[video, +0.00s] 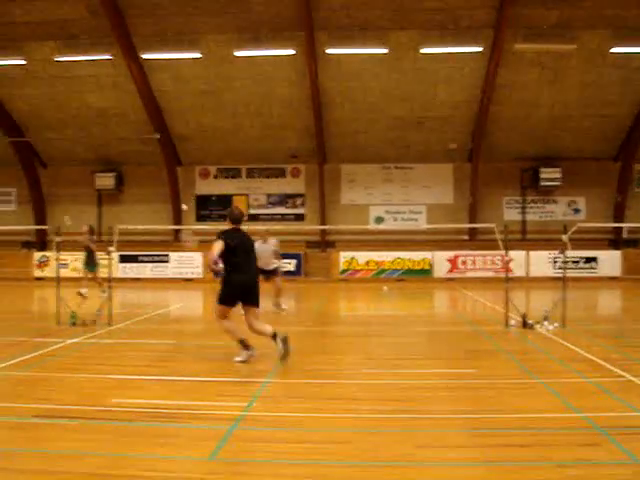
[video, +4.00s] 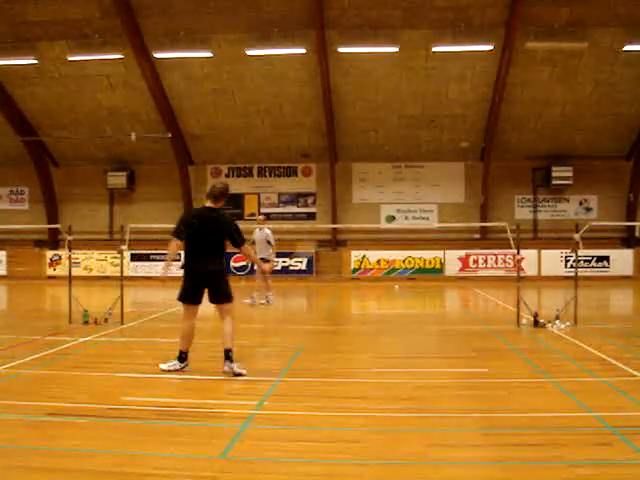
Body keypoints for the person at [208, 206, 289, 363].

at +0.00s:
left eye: (228, 217)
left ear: (228, 220)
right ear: (242, 220)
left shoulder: (225, 236)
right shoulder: (247, 237)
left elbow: (212, 256)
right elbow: (251, 261)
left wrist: (213, 268)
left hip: (233, 281)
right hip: (251, 281)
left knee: (222, 316)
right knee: (253, 322)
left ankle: (246, 347)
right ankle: (276, 336)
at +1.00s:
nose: (191, 232)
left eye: (191, 229)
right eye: (192, 229)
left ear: (193, 230)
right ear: (204, 226)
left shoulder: (195, 242)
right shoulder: (217, 237)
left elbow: (197, 261)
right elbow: (234, 252)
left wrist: (199, 280)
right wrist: (252, 262)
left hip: (213, 275)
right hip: (227, 273)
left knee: (209, 308)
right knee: (215, 303)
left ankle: (232, 326)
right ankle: (214, 332)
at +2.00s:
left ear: (215, 215)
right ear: (231, 215)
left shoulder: (205, 233)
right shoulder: (238, 233)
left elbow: (192, 253)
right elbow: (259, 252)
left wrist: (189, 278)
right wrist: (260, 269)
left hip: (211, 281)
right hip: (235, 280)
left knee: (203, 322)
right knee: (254, 313)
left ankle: (195, 364)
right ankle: (266, 350)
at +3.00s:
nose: (195, 191)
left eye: (199, 190)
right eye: (197, 189)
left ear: (205, 197)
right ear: (199, 196)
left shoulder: (214, 219)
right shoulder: (190, 208)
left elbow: (241, 236)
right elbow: (169, 186)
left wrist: (253, 259)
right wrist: (153, 165)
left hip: (207, 266)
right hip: (202, 264)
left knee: (199, 314)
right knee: (208, 313)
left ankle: (215, 360)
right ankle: (238, 342)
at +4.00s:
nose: (224, 203)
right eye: (224, 200)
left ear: (206, 196)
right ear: (223, 200)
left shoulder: (190, 216)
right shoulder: (224, 220)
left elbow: (176, 242)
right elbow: (242, 246)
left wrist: (166, 265)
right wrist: (258, 263)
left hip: (193, 274)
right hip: (217, 275)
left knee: (189, 315)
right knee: (226, 315)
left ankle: (182, 359)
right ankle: (229, 361)